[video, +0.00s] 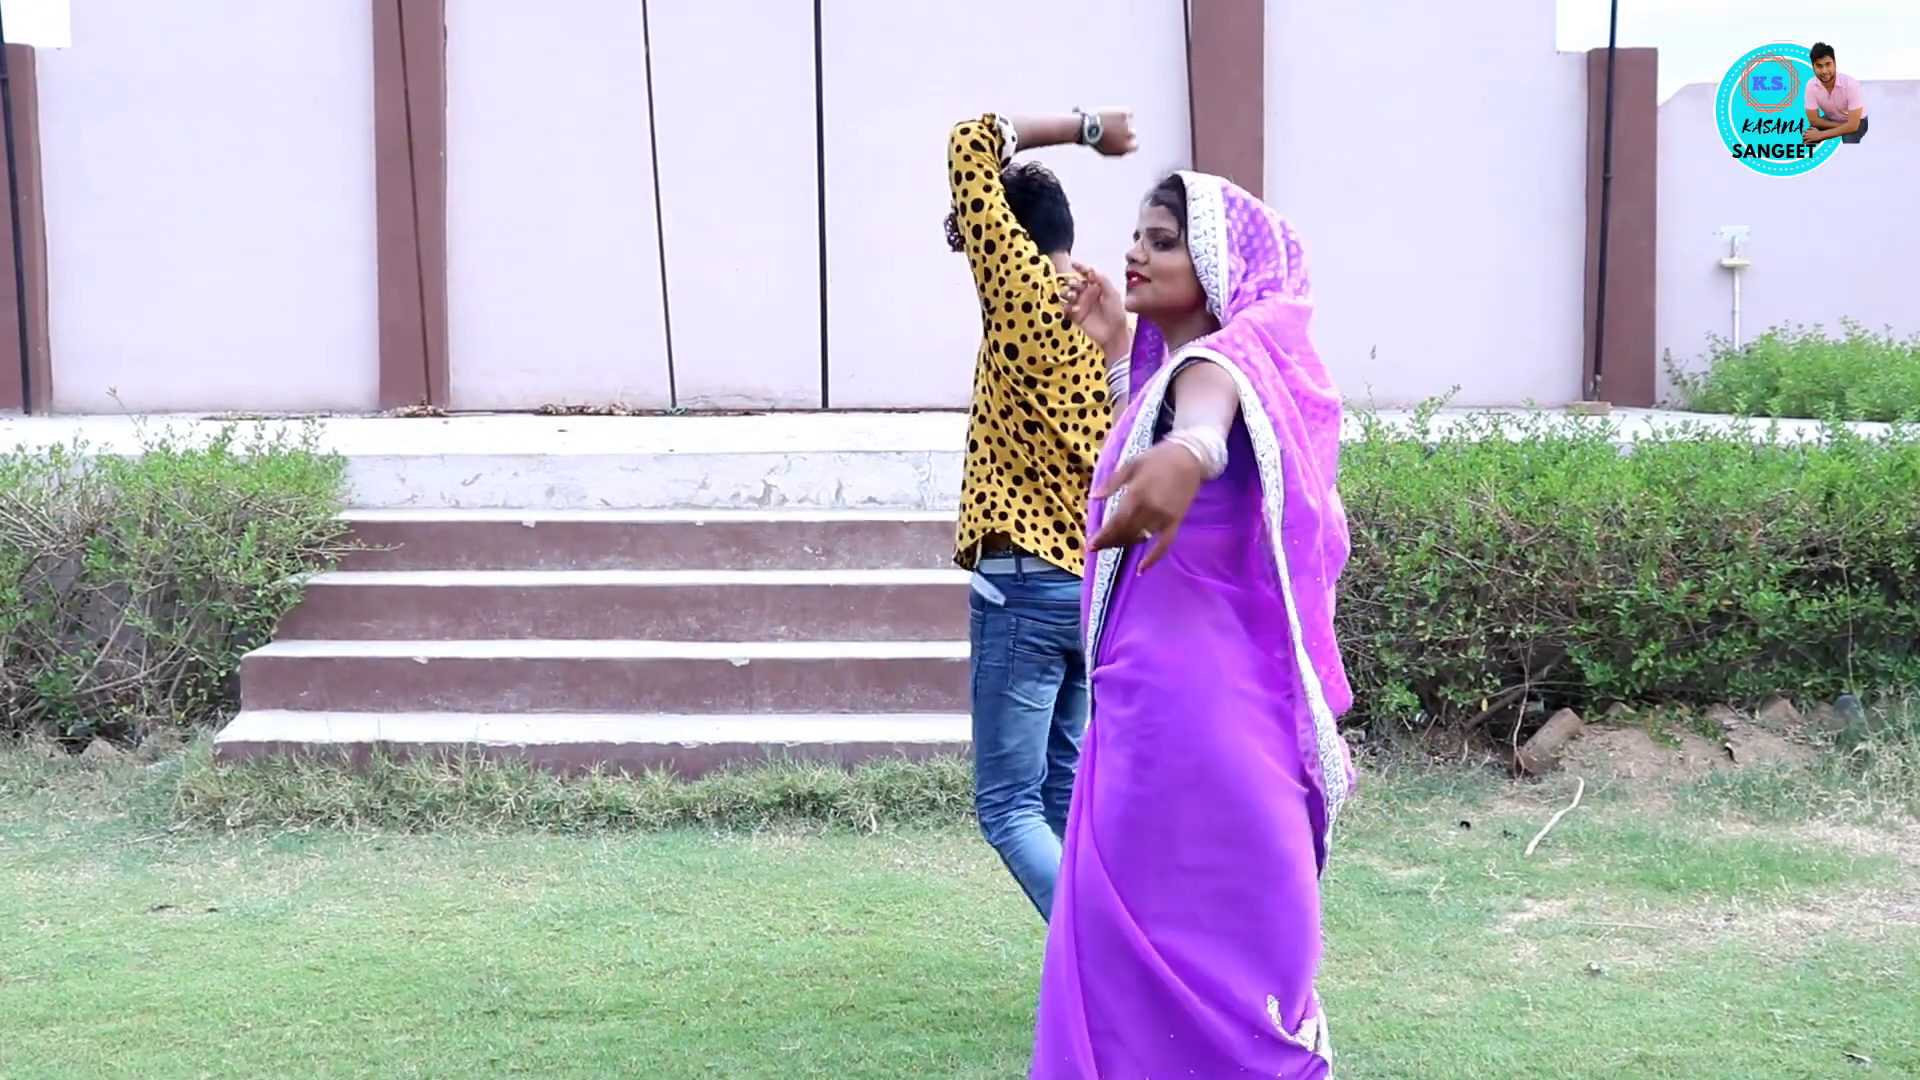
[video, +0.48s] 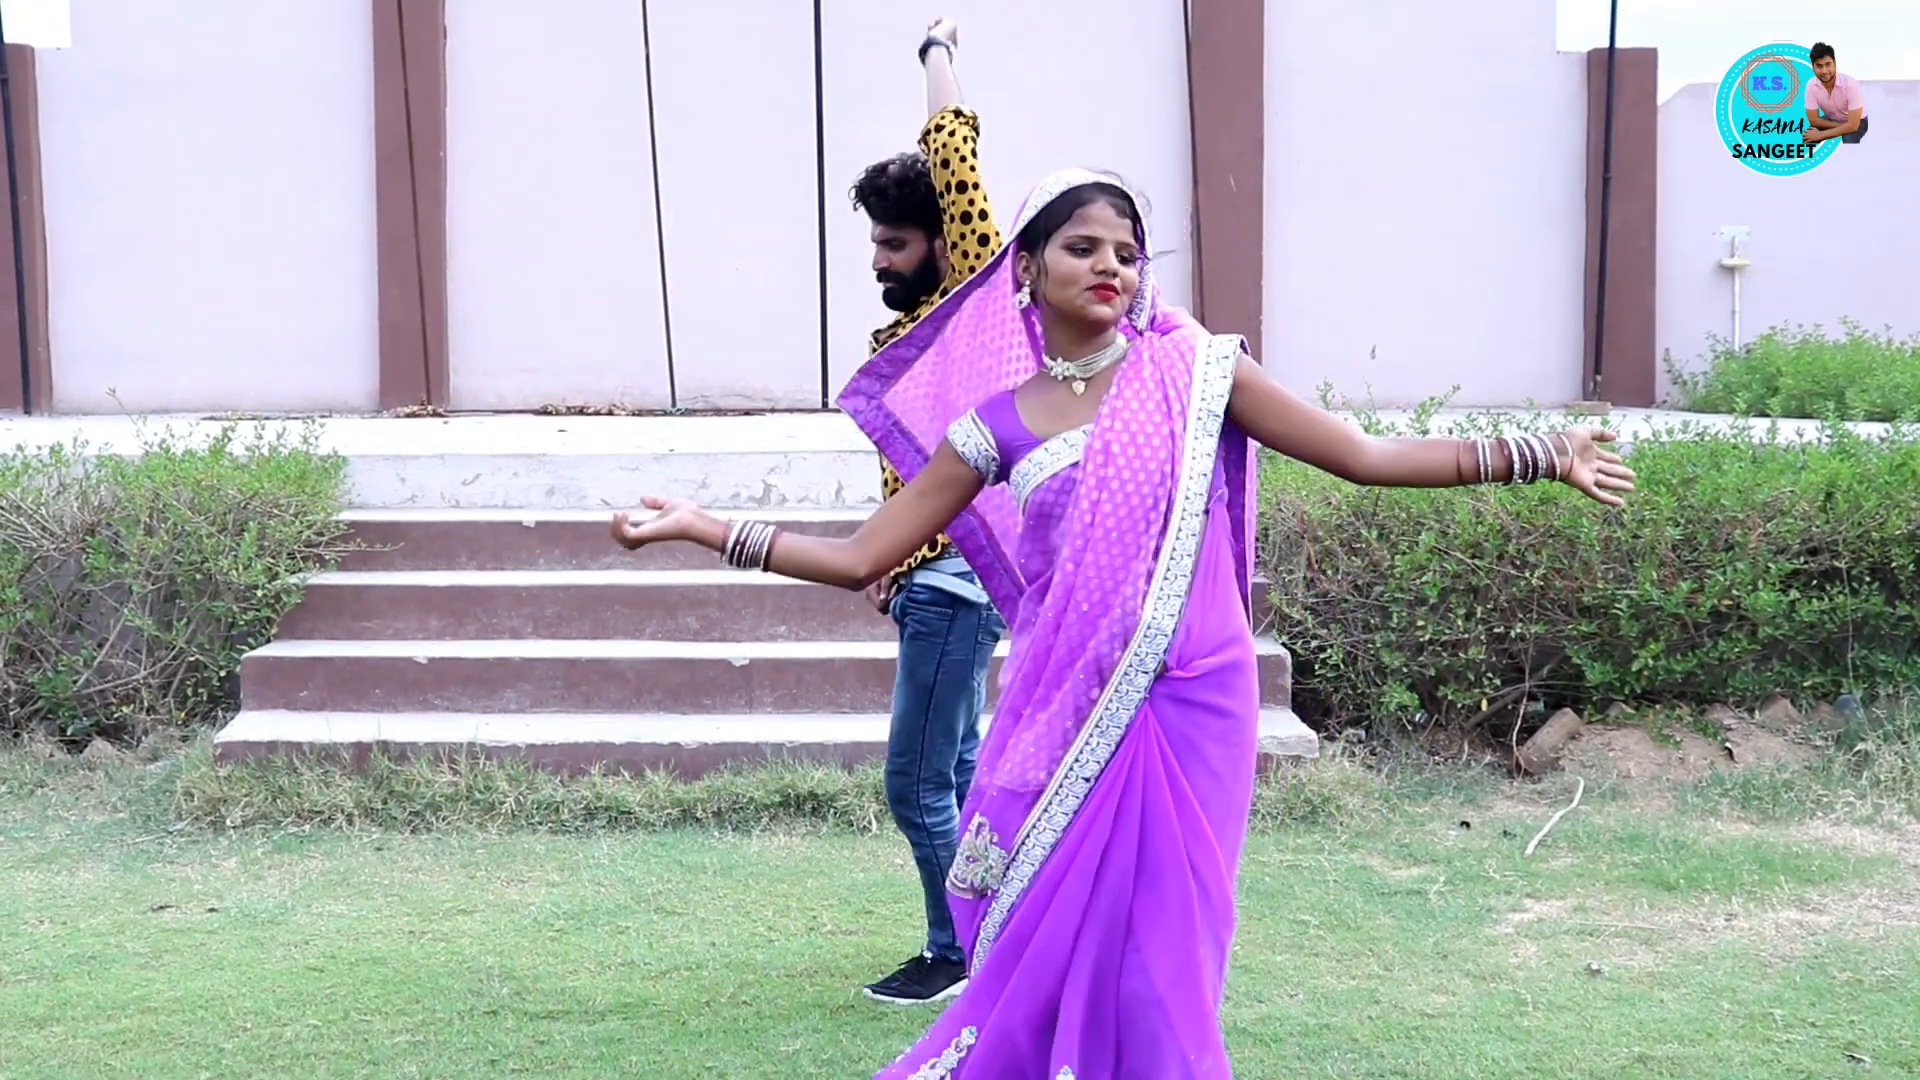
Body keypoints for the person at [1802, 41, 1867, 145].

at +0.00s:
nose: (1824, 71)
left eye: (1828, 65)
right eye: (1819, 66)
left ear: (1835, 63)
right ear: (1813, 67)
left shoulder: (1850, 84)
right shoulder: (1812, 86)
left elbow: (1853, 126)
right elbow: (1813, 120)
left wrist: (1820, 135)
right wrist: (1843, 126)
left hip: (1855, 122)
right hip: (1829, 121)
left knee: (1849, 140)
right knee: (1810, 137)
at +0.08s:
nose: (1824, 71)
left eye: (1828, 65)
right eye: (1819, 66)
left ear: (1835, 63)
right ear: (1813, 67)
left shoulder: (1850, 84)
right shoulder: (1812, 86)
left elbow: (1853, 126)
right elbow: (1813, 120)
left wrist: (1820, 135)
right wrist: (1843, 126)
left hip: (1855, 122)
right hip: (1830, 121)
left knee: (1848, 140)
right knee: (1810, 136)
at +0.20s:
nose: (1824, 71)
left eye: (1828, 65)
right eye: (1819, 66)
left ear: (1835, 63)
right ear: (1813, 67)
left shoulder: (1850, 84)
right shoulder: (1812, 86)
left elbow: (1853, 126)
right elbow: (1813, 120)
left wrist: (1820, 135)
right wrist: (1843, 126)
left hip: (1855, 122)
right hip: (1829, 121)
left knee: (1849, 140)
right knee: (1810, 137)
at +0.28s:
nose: (1824, 71)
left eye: (1828, 65)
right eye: (1819, 66)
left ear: (1835, 63)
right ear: (1813, 67)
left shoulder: (1850, 84)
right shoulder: (1812, 86)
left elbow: (1853, 126)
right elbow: (1813, 120)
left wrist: (1820, 135)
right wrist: (1843, 126)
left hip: (1855, 122)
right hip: (1829, 121)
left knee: (1849, 140)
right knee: (1810, 137)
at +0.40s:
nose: (1824, 71)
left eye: (1828, 65)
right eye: (1819, 66)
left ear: (1835, 63)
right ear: (1813, 67)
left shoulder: (1850, 84)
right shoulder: (1812, 86)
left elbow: (1853, 126)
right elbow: (1813, 120)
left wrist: (1820, 135)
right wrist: (1843, 126)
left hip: (1855, 122)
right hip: (1829, 121)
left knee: (1849, 140)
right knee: (1810, 137)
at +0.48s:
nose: (1824, 71)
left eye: (1828, 65)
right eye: (1819, 66)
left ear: (1835, 63)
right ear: (1813, 67)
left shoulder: (1850, 84)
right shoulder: (1812, 86)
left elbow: (1853, 126)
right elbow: (1813, 120)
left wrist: (1820, 135)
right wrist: (1843, 126)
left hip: (1855, 122)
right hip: (1829, 121)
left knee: (1849, 140)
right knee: (1810, 137)